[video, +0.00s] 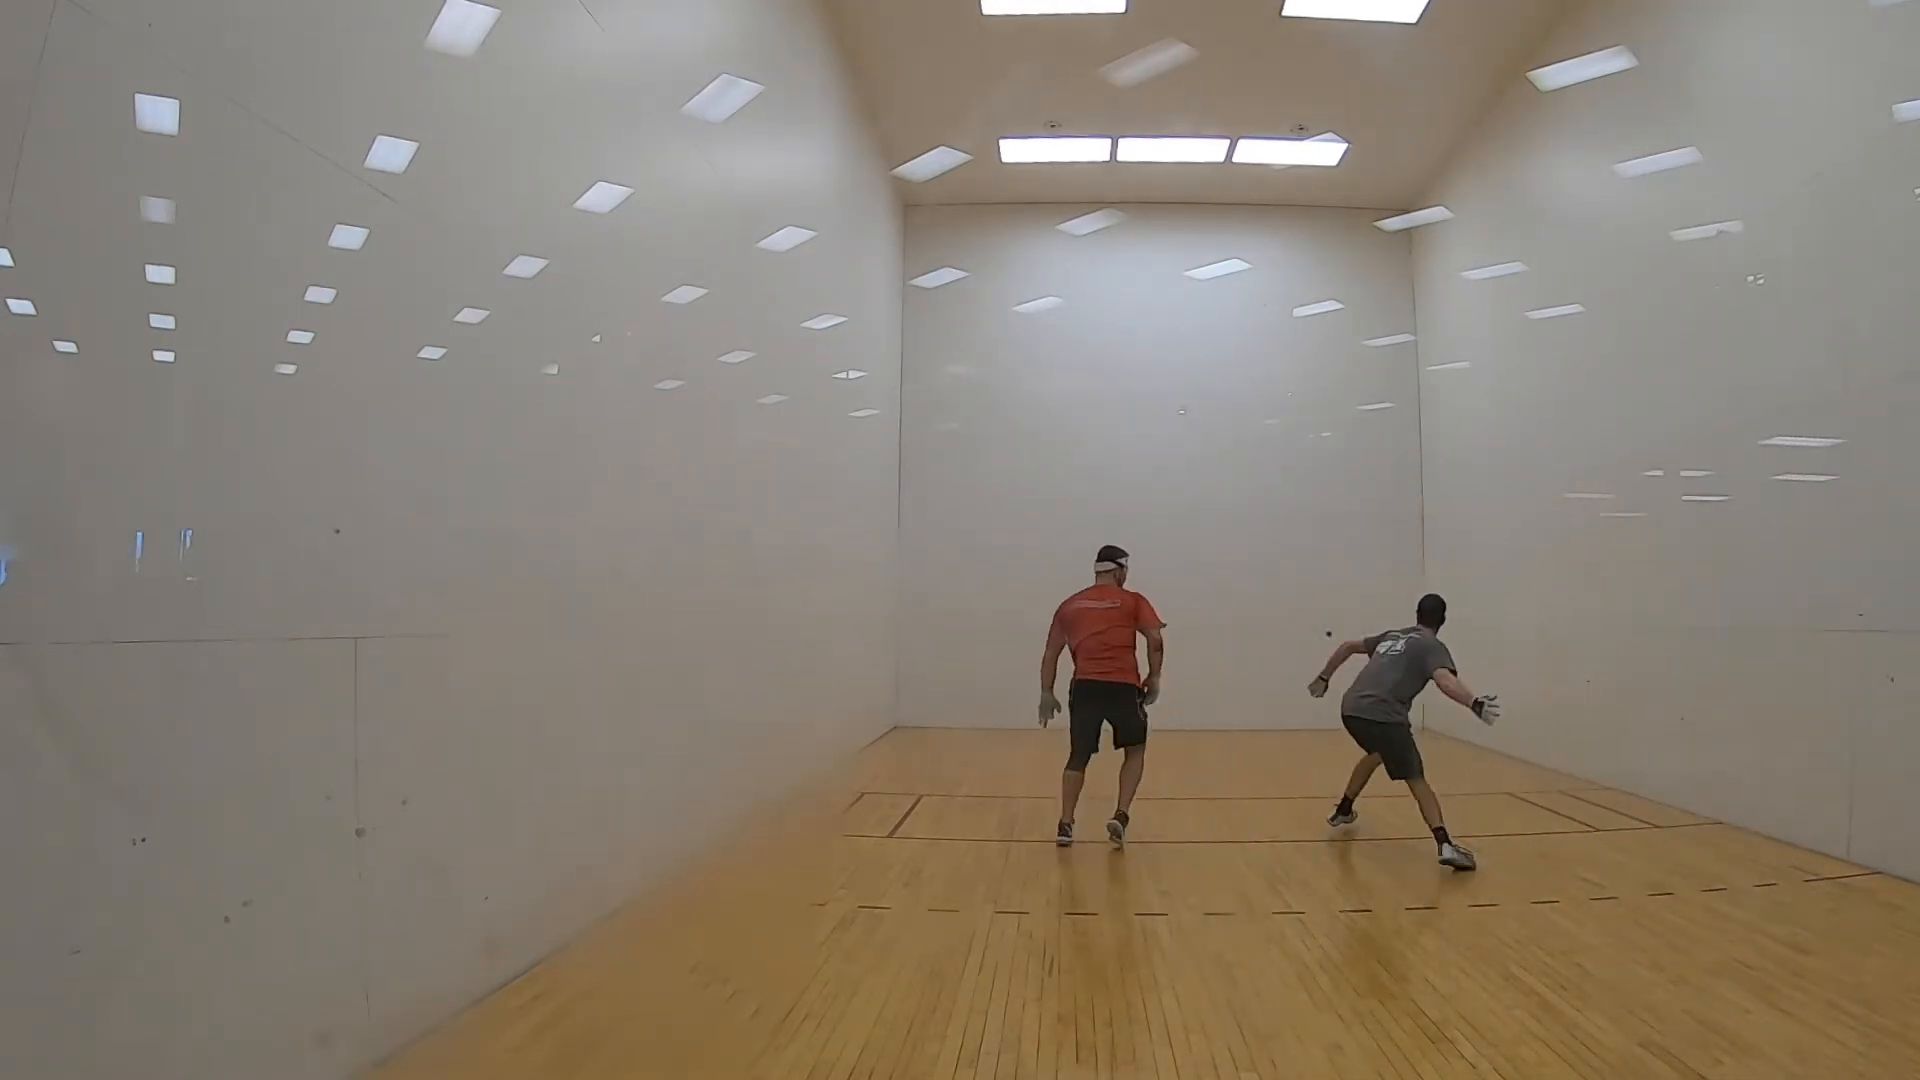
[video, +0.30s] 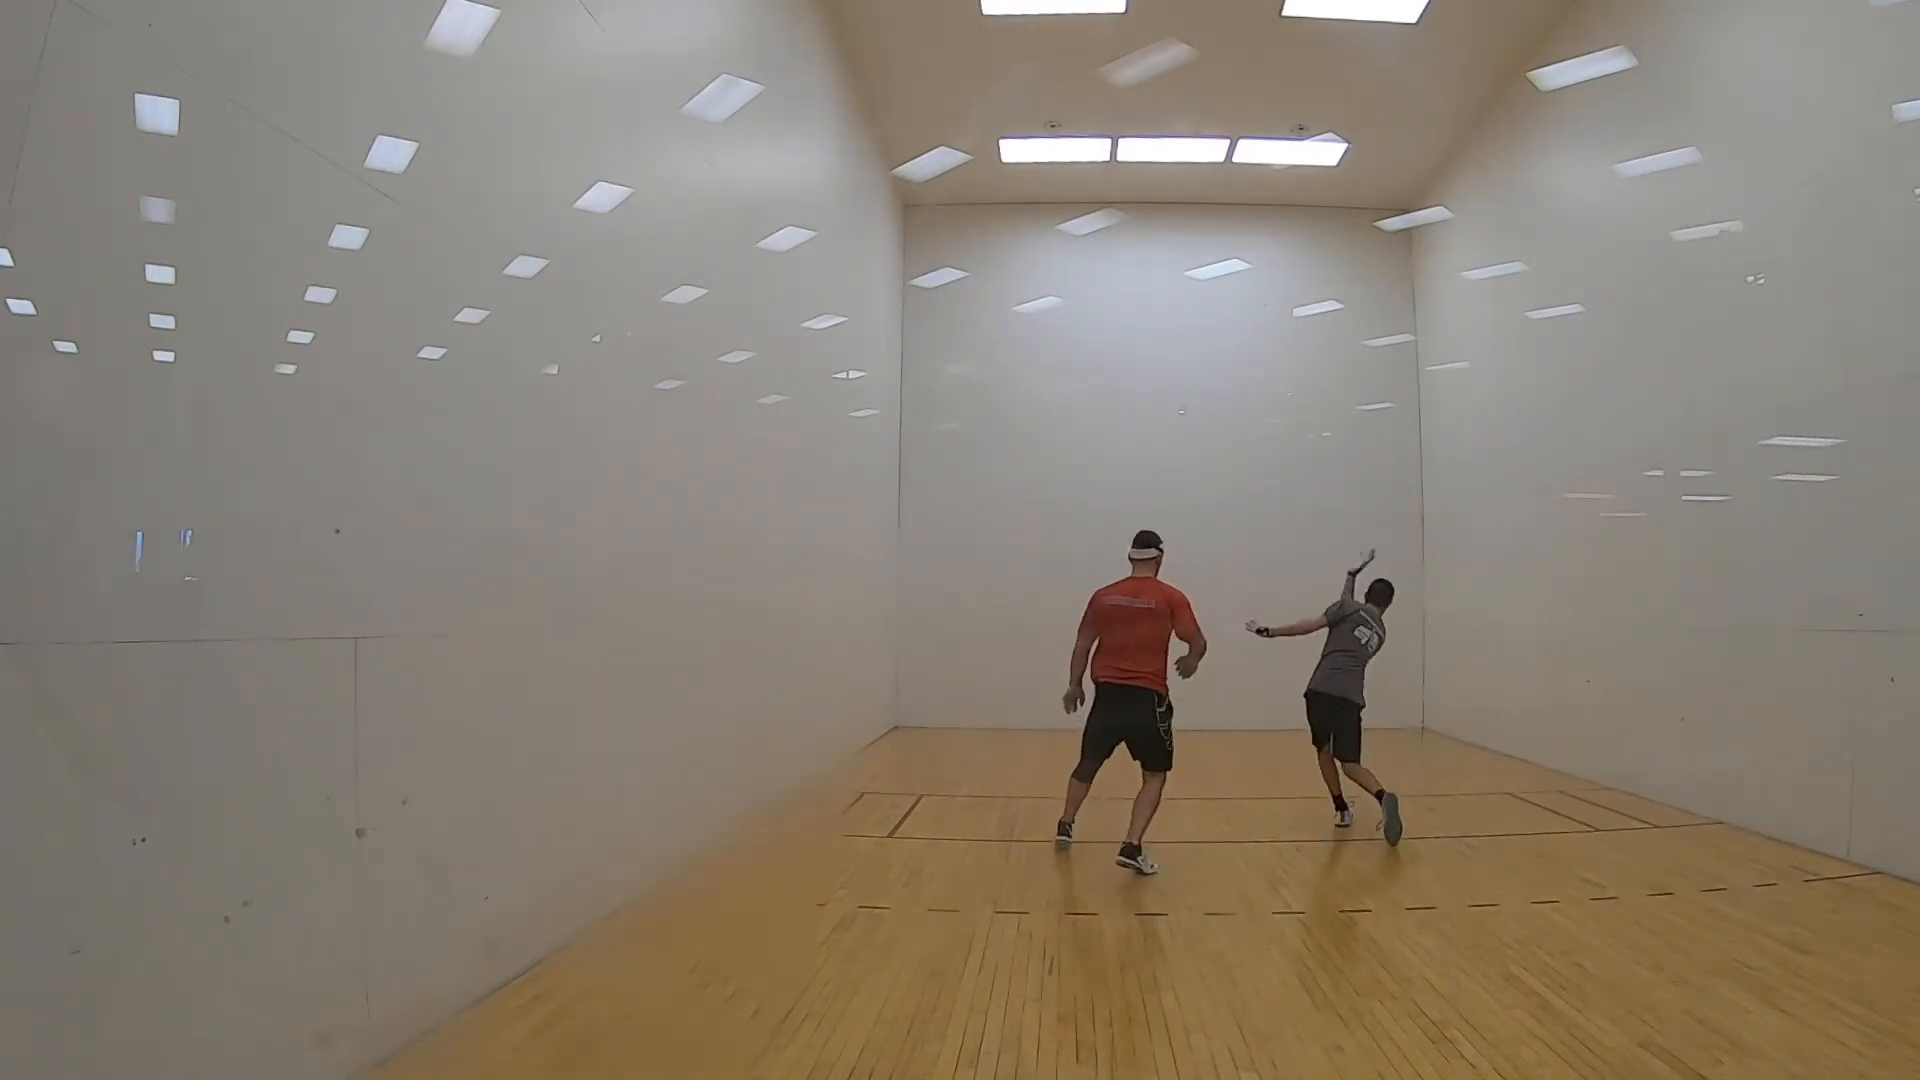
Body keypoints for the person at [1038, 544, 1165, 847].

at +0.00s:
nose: (1127, 576)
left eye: (1126, 572)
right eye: (1126, 572)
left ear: (1096, 572)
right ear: (1121, 573)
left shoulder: (1069, 605)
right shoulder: (1133, 601)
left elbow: (1051, 653)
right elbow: (1155, 639)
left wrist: (1046, 692)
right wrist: (1154, 676)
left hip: (1084, 691)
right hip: (1123, 692)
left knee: (1078, 757)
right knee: (1134, 751)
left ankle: (1066, 823)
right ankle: (1121, 815)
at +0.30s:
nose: (1158, 563)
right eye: (1161, 558)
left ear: (1129, 559)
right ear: (1160, 558)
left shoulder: (1103, 596)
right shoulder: (1171, 597)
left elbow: (1082, 644)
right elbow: (1198, 641)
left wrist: (1074, 684)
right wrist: (1192, 659)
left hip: (1107, 699)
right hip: (1148, 702)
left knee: (1088, 763)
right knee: (1154, 775)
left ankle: (1066, 823)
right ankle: (1132, 846)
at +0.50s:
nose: (1191, 551)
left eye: (1180, 544)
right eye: (1197, 545)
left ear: (1169, 545)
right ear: (1201, 546)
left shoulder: (1143, 582)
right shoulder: (1213, 583)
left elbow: (1118, 629)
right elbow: (1240, 624)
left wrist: (1118, 674)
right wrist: (1235, 648)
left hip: (1146, 684)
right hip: (1188, 688)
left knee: (1140, 762)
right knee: (1187, 769)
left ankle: (1115, 835)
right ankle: (1160, 848)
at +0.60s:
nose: (1218, 567)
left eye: (1209, 560)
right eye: (1222, 563)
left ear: (1191, 561)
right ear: (1223, 564)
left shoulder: (1164, 599)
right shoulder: (1233, 601)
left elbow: (1137, 650)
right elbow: (1249, 649)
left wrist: (1144, 695)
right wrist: (1252, 687)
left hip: (1166, 704)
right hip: (1211, 707)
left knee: (1155, 783)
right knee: (1231, 782)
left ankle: (1127, 857)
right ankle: (1206, 859)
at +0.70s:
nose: (1251, 580)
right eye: (1256, 576)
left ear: (1227, 575)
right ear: (1259, 578)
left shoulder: (1199, 612)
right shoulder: (1263, 617)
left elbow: (1181, 659)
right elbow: (1276, 668)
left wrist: (1193, 704)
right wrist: (1288, 717)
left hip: (1189, 723)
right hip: (1235, 727)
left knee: (1162, 797)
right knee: (1278, 792)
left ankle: (1128, 868)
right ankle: (1267, 868)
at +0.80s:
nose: (1314, 575)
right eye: (1317, 570)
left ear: (1285, 567)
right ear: (1319, 571)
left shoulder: (1256, 605)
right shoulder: (1314, 610)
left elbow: (1242, 657)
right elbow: (1323, 658)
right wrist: (1346, 706)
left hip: (1236, 716)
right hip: (1278, 722)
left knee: (1201, 790)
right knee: (1322, 798)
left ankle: (1144, 853)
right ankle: (1276, 876)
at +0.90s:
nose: (1385, 580)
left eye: (1380, 573)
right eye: (1386, 575)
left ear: (1352, 571)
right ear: (1384, 577)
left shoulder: (1323, 606)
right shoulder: (1372, 621)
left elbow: (1307, 656)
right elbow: (1394, 683)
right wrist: (1420, 716)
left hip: (1291, 716)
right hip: (1323, 727)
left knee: (1286, 797)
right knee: (1341, 814)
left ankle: (1225, 841)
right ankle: (1270, 879)